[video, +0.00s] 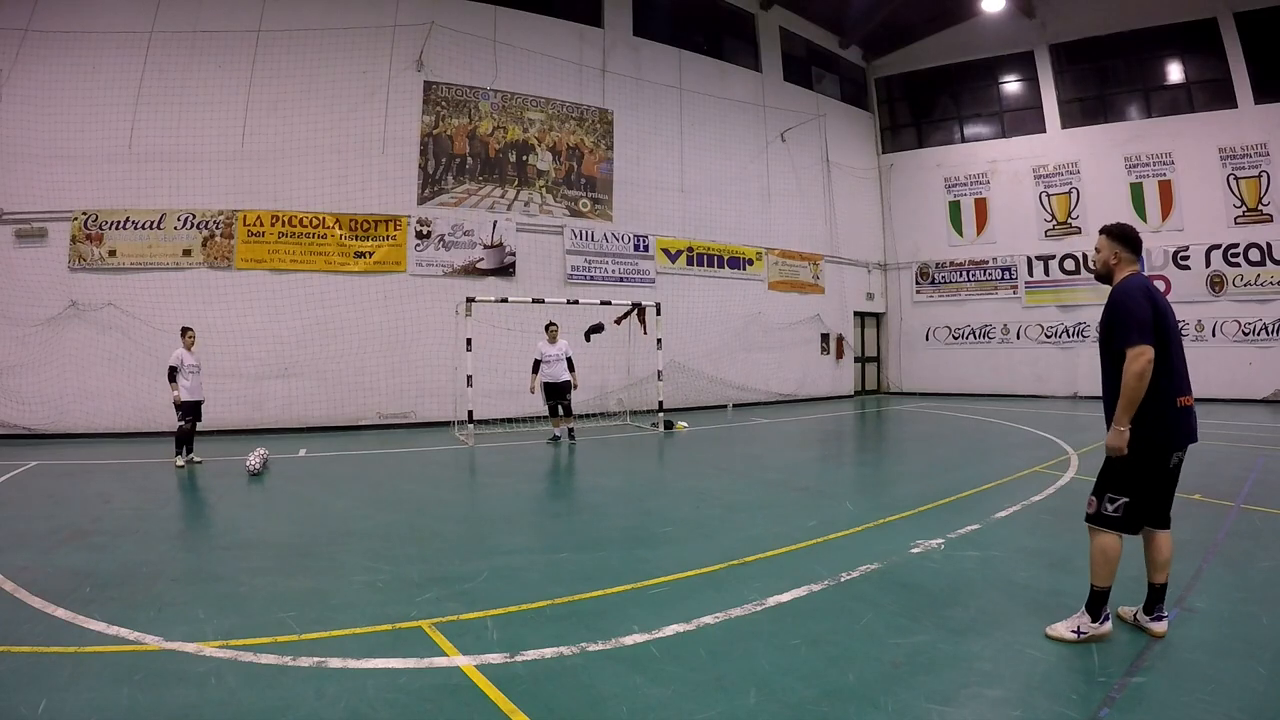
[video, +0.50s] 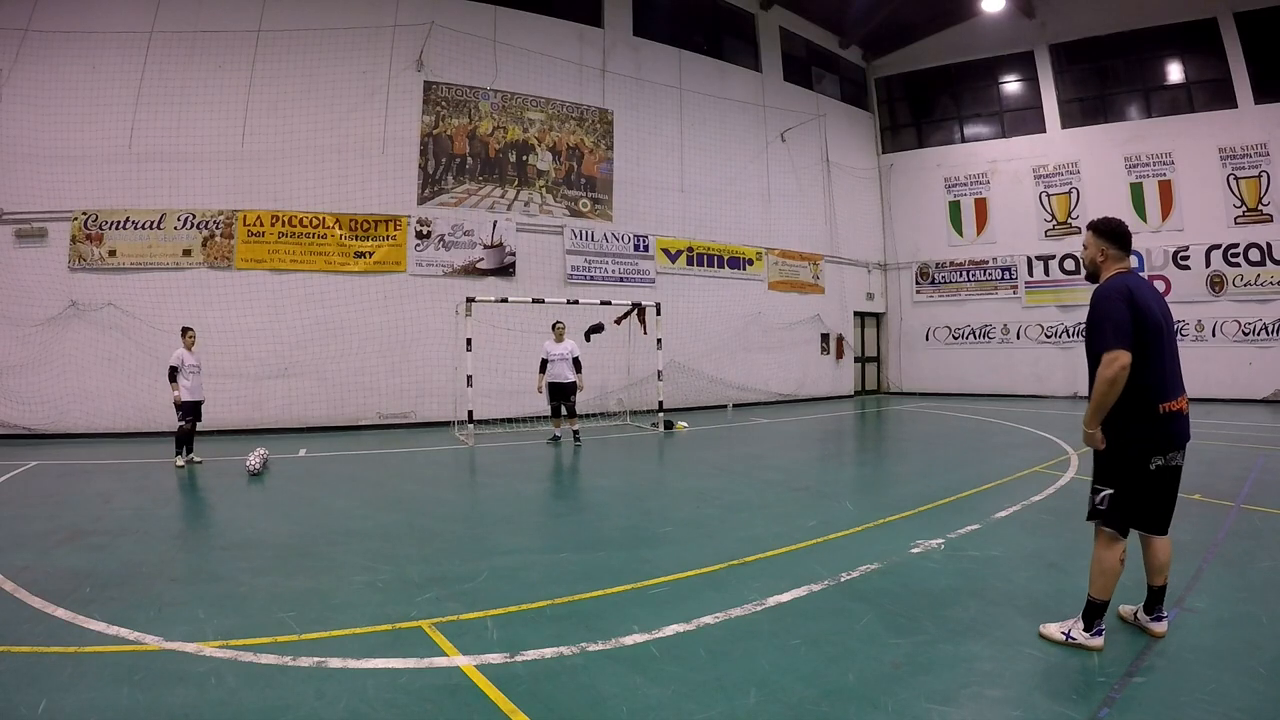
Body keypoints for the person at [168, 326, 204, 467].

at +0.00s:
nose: (192, 340)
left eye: (194, 337)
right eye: (190, 337)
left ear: (195, 339)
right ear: (183, 338)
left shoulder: (195, 356)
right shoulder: (178, 354)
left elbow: (197, 377)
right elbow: (171, 373)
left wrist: (201, 394)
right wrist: (175, 392)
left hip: (196, 397)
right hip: (183, 397)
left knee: (192, 426)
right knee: (184, 426)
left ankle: (189, 454)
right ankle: (178, 456)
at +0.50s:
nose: (193, 340)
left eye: (194, 337)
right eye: (190, 337)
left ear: (195, 339)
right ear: (183, 338)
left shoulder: (195, 355)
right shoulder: (179, 354)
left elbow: (197, 377)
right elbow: (172, 373)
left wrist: (201, 394)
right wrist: (176, 392)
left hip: (196, 397)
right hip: (184, 397)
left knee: (192, 426)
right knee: (184, 426)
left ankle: (189, 454)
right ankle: (178, 456)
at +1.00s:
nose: (193, 340)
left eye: (194, 337)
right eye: (191, 337)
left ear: (195, 339)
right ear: (183, 338)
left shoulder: (195, 355)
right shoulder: (179, 354)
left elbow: (198, 376)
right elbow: (172, 373)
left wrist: (201, 392)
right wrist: (176, 392)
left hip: (196, 397)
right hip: (184, 397)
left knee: (192, 426)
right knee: (184, 426)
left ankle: (189, 454)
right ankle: (178, 456)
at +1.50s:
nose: (194, 340)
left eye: (195, 337)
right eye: (191, 337)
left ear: (196, 339)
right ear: (184, 338)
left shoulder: (196, 355)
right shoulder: (179, 354)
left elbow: (198, 376)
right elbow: (172, 373)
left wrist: (201, 392)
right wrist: (176, 392)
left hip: (196, 397)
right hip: (184, 397)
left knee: (192, 426)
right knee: (184, 426)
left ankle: (189, 454)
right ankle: (178, 456)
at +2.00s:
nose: (193, 340)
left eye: (195, 337)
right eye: (191, 337)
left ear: (196, 339)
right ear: (183, 338)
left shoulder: (196, 355)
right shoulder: (179, 354)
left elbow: (198, 376)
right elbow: (172, 373)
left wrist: (201, 392)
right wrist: (176, 392)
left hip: (196, 397)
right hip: (184, 397)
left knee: (192, 426)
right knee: (184, 426)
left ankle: (189, 454)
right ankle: (178, 456)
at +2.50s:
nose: (193, 339)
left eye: (194, 337)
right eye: (190, 337)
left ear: (196, 339)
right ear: (183, 338)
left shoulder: (196, 356)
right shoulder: (179, 354)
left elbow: (198, 376)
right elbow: (172, 373)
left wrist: (201, 393)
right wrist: (176, 392)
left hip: (196, 397)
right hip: (184, 397)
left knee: (192, 426)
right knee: (184, 426)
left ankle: (189, 454)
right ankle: (178, 456)